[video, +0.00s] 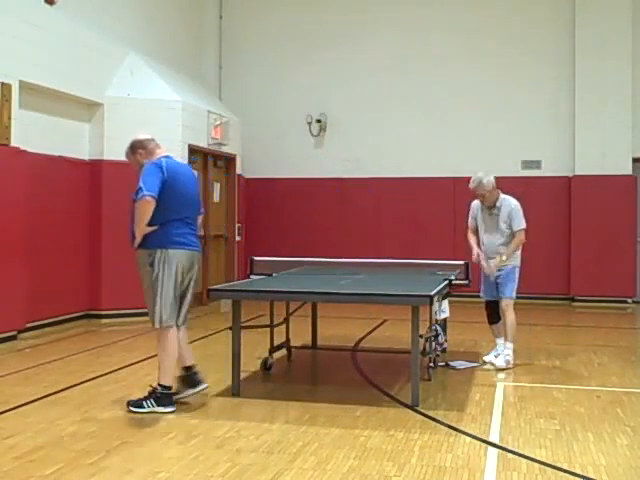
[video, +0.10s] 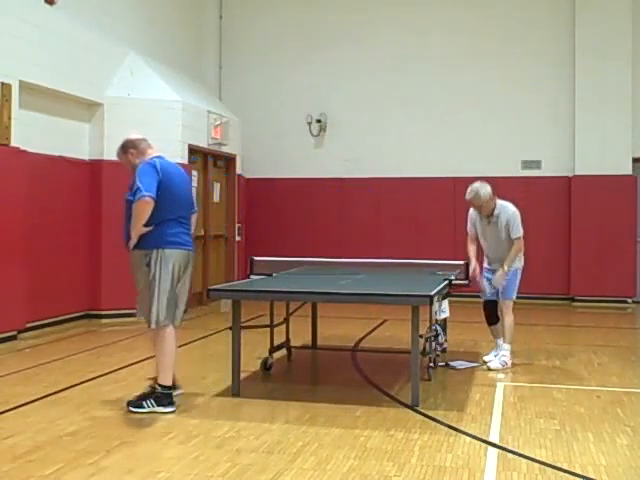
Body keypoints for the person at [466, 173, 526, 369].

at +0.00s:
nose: (480, 200)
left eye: (483, 195)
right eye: (478, 196)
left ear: (494, 190)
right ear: (477, 193)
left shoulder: (511, 205)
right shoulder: (476, 206)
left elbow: (520, 236)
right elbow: (471, 231)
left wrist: (504, 257)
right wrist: (475, 249)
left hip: (508, 263)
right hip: (487, 263)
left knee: (506, 305)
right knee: (490, 306)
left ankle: (508, 350)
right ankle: (499, 346)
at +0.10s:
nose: (476, 209)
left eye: (479, 206)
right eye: (474, 206)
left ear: (490, 200)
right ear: (473, 203)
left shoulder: (509, 212)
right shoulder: (474, 213)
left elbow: (518, 244)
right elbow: (472, 240)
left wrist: (504, 269)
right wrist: (473, 261)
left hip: (510, 263)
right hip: (489, 264)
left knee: (506, 305)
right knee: (489, 306)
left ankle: (506, 352)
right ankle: (499, 346)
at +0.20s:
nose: (471, 223)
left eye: (474, 220)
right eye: (470, 220)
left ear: (485, 214)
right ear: (469, 216)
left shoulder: (507, 222)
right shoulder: (471, 227)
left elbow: (519, 251)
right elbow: (470, 254)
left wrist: (507, 280)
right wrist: (469, 282)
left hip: (514, 267)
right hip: (492, 268)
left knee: (504, 306)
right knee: (488, 309)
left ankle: (506, 352)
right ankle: (500, 346)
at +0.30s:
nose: (470, 239)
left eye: (472, 235)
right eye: (468, 236)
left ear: (483, 229)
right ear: (466, 233)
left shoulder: (505, 232)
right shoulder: (469, 242)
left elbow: (522, 257)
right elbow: (467, 271)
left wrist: (509, 286)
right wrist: (464, 296)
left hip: (517, 271)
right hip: (495, 273)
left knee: (504, 307)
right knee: (488, 310)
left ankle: (506, 352)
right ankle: (499, 347)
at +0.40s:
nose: (470, 255)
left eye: (472, 251)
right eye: (468, 252)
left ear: (482, 244)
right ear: (465, 249)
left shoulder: (503, 241)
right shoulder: (469, 256)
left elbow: (525, 265)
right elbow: (466, 285)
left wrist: (510, 288)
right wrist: (460, 315)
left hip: (518, 274)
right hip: (496, 278)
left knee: (505, 308)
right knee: (488, 312)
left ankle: (506, 353)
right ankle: (500, 348)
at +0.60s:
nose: (472, 273)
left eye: (472, 269)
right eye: (468, 271)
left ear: (481, 261)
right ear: (466, 268)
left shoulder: (501, 252)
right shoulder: (470, 272)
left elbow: (529, 268)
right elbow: (464, 303)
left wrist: (513, 291)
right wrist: (453, 333)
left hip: (520, 278)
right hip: (497, 284)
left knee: (506, 308)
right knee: (488, 315)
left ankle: (506, 354)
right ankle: (499, 349)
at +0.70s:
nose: (471, 273)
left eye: (472, 269)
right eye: (468, 271)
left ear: (479, 261)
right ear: (465, 268)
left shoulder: (500, 252)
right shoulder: (470, 272)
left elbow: (528, 269)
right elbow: (464, 303)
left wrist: (513, 291)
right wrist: (453, 333)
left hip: (520, 278)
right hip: (497, 284)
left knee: (506, 308)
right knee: (487, 315)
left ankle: (506, 354)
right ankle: (499, 349)